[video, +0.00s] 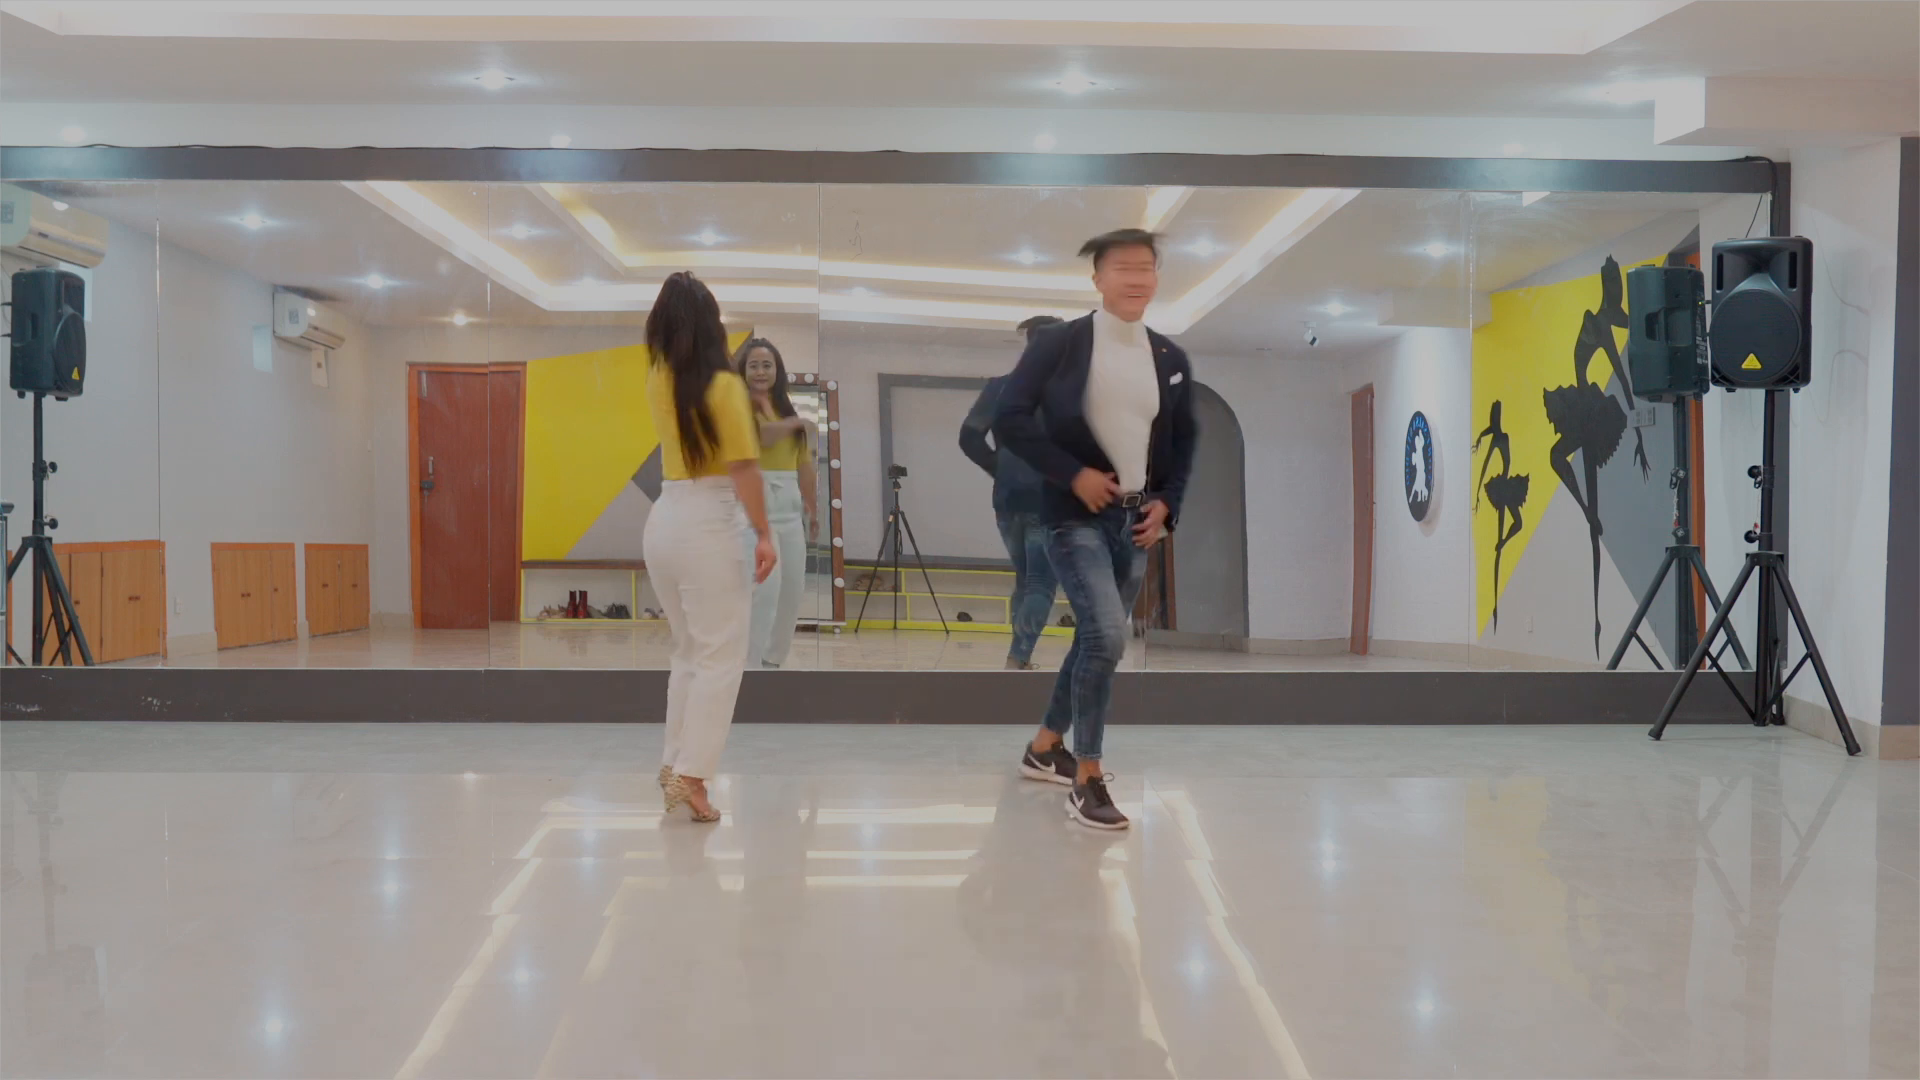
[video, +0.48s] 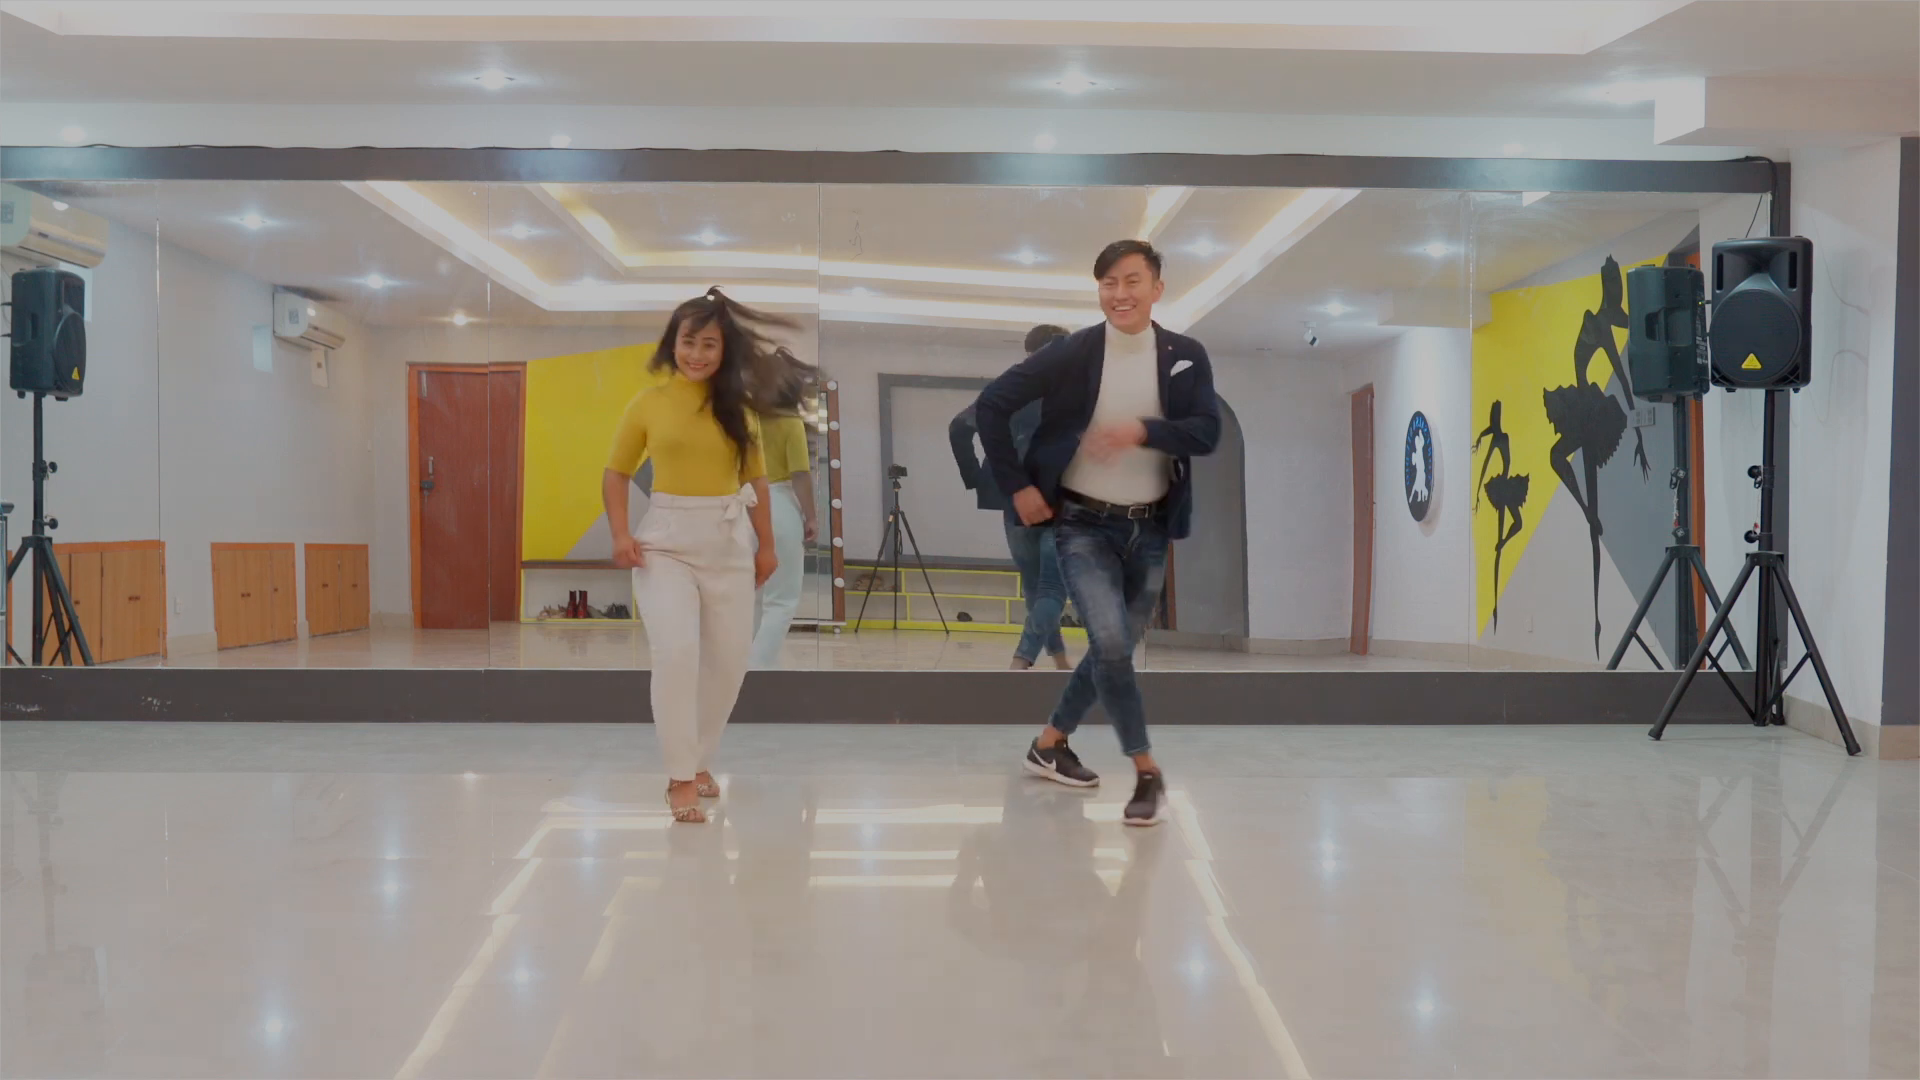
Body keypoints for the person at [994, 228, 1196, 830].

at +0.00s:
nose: (1135, 279)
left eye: (1144, 268)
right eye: (1122, 268)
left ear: (1157, 278)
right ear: (1097, 276)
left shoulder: (1170, 359)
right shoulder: (1057, 344)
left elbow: (1181, 438)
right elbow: (1010, 418)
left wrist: (1166, 499)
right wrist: (1072, 474)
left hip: (1135, 518)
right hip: (1074, 515)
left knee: (1097, 637)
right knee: (1107, 637)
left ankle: (1046, 743)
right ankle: (1088, 774)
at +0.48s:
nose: (1120, 293)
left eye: (1133, 281)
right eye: (1110, 283)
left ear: (1157, 288)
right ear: (1098, 291)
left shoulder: (1185, 355)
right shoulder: (1072, 353)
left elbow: (1206, 433)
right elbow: (991, 405)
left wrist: (1143, 431)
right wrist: (1019, 487)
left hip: (1149, 525)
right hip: (1082, 520)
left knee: (1116, 648)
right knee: (1111, 644)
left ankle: (1050, 741)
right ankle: (1146, 771)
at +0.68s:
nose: (1115, 296)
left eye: (1127, 284)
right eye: (1104, 287)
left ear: (1153, 291)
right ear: (1093, 296)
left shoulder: (1184, 359)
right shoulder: (1071, 357)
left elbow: (1152, 436)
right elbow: (1036, 436)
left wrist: (1059, 439)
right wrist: (1025, 506)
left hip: (1165, 529)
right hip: (1095, 524)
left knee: (1133, 656)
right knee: (1119, 653)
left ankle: (1071, 730)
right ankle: (1155, 775)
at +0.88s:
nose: (1109, 286)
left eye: (1121, 274)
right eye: (1098, 276)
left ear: (1147, 281)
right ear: (1087, 288)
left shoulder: (1170, 348)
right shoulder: (1082, 352)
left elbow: (1162, 444)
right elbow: (1080, 425)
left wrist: (1101, 515)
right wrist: (1059, 467)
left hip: (1170, 521)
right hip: (1102, 519)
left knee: (1163, 667)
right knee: (1122, 652)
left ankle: (1122, 724)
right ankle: (1155, 775)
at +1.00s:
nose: (1105, 279)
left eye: (1118, 266)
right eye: (1094, 269)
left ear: (1144, 274)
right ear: (1083, 280)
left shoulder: (1168, 345)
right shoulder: (1079, 345)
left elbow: (1221, 425)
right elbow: (1077, 418)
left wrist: (1171, 491)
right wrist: (1063, 437)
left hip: (1164, 515)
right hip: (1100, 514)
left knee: (1158, 636)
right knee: (1119, 647)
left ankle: (1184, 683)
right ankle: (1155, 776)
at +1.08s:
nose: (1105, 275)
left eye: (1117, 262)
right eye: (1094, 265)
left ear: (1143, 270)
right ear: (1083, 275)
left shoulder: (1174, 337)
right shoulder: (1080, 341)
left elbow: (1250, 391)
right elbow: (1074, 406)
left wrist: (1213, 465)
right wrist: (1050, 404)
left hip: (1160, 502)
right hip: (1102, 507)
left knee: (1107, 598)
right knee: (1123, 644)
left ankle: (1201, 648)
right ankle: (1166, 777)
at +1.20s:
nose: (1107, 276)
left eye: (1118, 264)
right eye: (1095, 267)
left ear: (1144, 270)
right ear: (1083, 277)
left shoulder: (1182, 329)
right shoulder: (1078, 343)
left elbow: (1253, 379)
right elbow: (1034, 427)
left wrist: (1229, 438)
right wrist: (1050, 396)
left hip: (1157, 497)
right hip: (1108, 503)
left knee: (1043, 582)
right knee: (1136, 650)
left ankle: (1144, 682)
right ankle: (1179, 783)